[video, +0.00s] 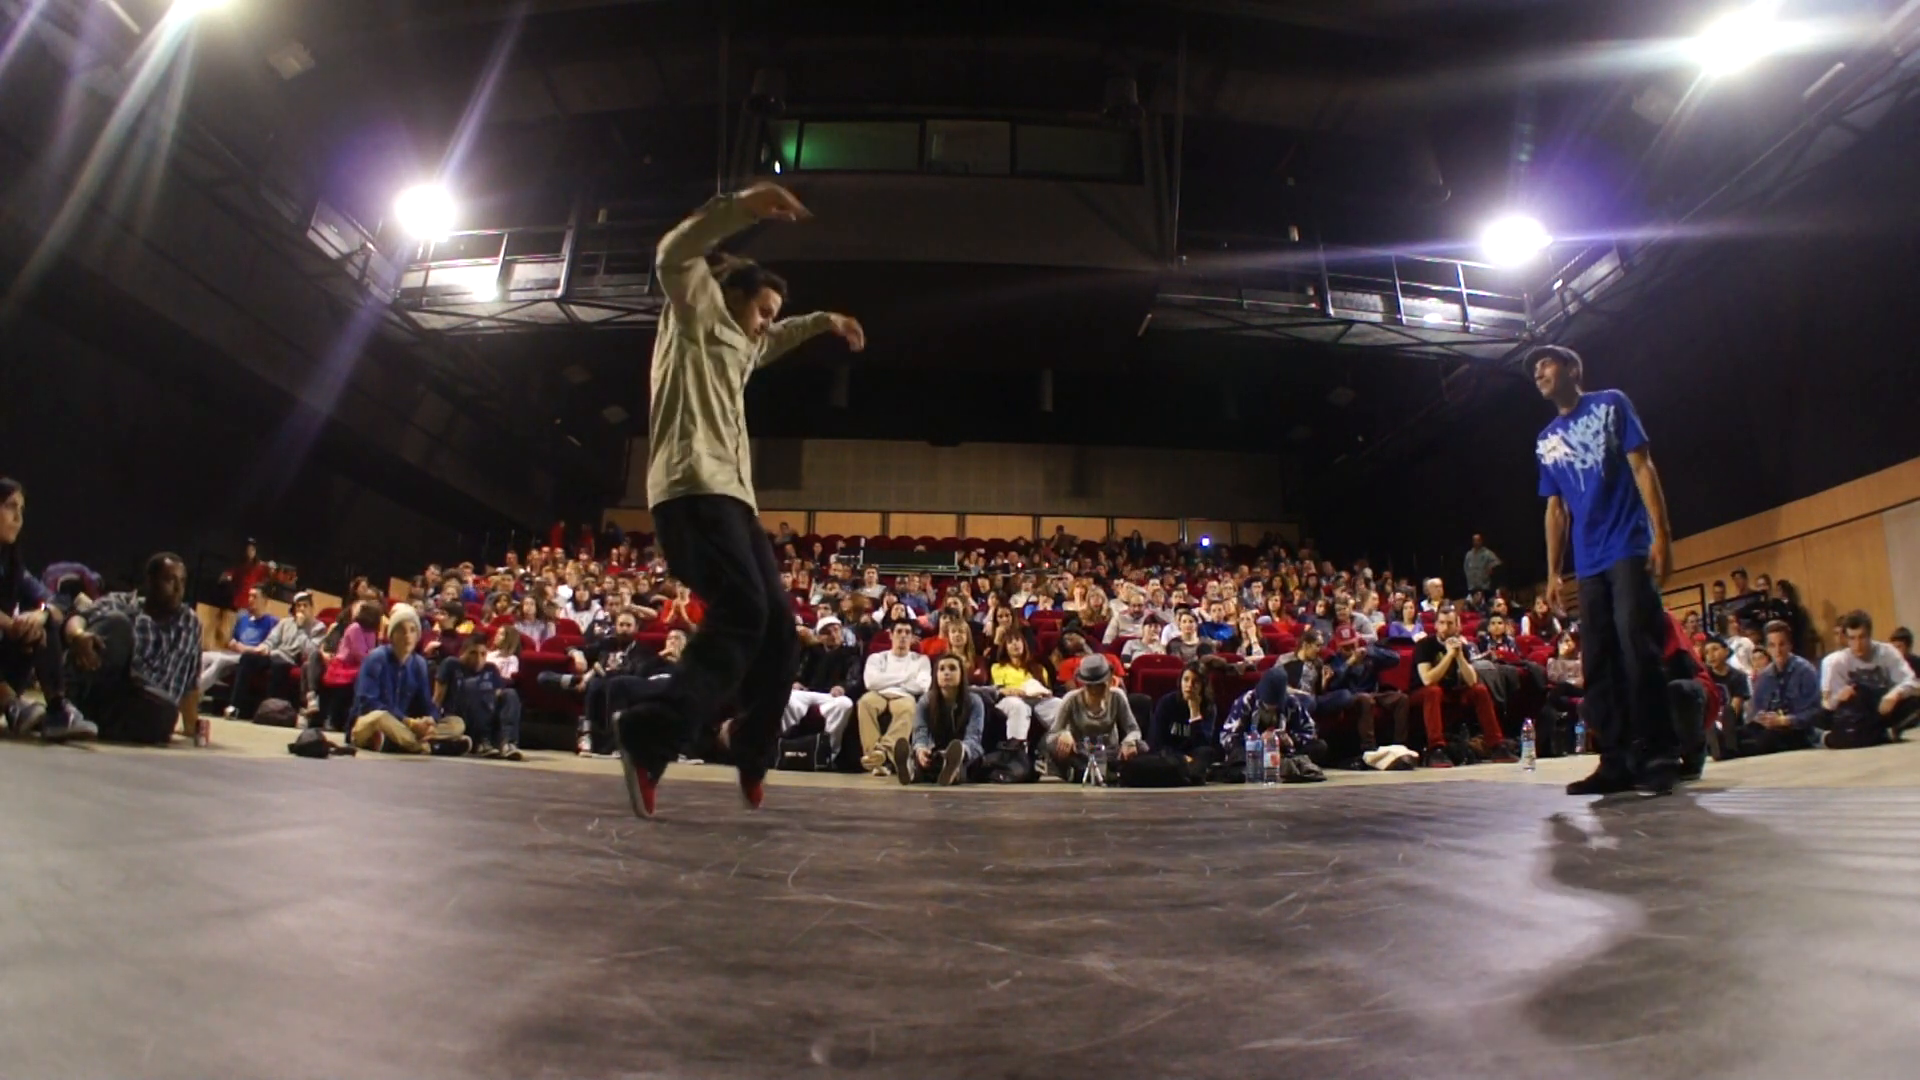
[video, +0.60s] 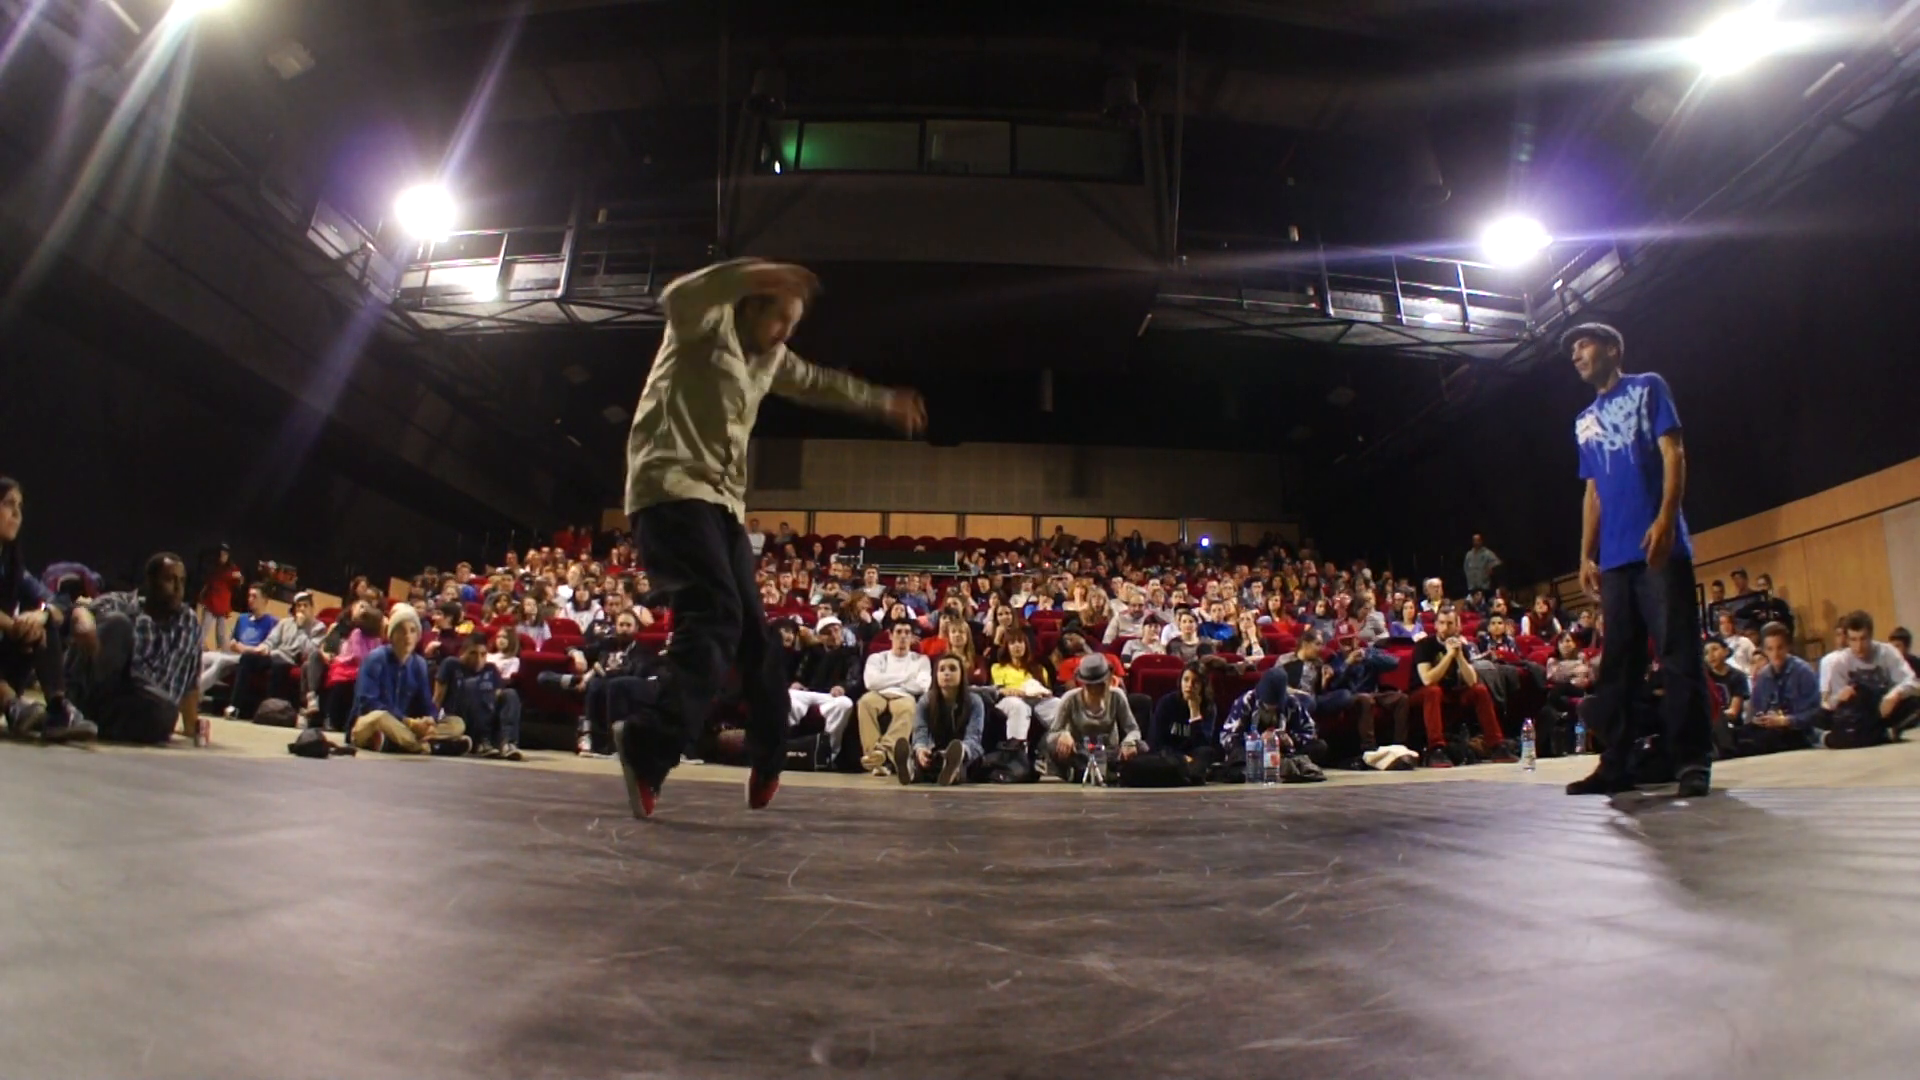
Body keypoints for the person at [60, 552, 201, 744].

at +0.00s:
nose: (178, 589)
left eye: (182, 582)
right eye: (170, 581)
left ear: (186, 585)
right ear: (151, 581)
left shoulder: (191, 623)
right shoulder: (122, 603)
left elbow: (190, 685)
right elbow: (76, 620)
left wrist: (191, 731)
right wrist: (78, 636)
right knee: (117, 625)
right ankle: (67, 709)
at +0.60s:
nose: (178, 589)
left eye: (181, 582)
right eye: (170, 580)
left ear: (185, 585)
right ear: (152, 581)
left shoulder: (190, 623)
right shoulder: (127, 603)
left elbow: (190, 685)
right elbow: (82, 608)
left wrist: (191, 732)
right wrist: (84, 622)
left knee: (161, 719)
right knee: (118, 625)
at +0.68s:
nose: (178, 589)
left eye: (182, 582)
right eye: (171, 580)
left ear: (185, 585)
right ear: (152, 581)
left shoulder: (191, 622)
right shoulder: (131, 603)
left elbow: (191, 684)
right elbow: (92, 599)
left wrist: (191, 731)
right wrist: (94, 609)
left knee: (159, 721)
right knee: (117, 623)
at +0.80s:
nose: (176, 586)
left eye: (181, 580)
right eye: (170, 578)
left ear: (185, 584)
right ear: (152, 580)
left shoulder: (191, 621)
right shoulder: (131, 610)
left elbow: (190, 678)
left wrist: (191, 727)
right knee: (116, 622)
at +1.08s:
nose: (177, 586)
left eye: (182, 580)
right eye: (170, 578)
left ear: (186, 586)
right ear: (152, 581)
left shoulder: (190, 621)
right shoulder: (131, 606)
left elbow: (190, 682)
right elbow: (108, 587)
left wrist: (191, 729)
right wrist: (125, 562)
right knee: (115, 622)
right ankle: (68, 703)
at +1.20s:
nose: (179, 587)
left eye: (182, 580)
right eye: (171, 579)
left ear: (186, 584)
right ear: (152, 581)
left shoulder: (190, 622)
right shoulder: (131, 605)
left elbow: (190, 683)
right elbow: (108, 587)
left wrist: (191, 731)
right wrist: (127, 562)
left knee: (160, 719)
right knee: (116, 622)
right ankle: (69, 703)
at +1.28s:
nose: (178, 588)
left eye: (181, 582)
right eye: (170, 580)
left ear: (184, 587)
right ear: (152, 581)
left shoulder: (189, 621)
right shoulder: (131, 606)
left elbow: (191, 682)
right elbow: (106, 588)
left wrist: (191, 730)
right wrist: (129, 562)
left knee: (158, 721)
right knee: (115, 621)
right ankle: (68, 704)